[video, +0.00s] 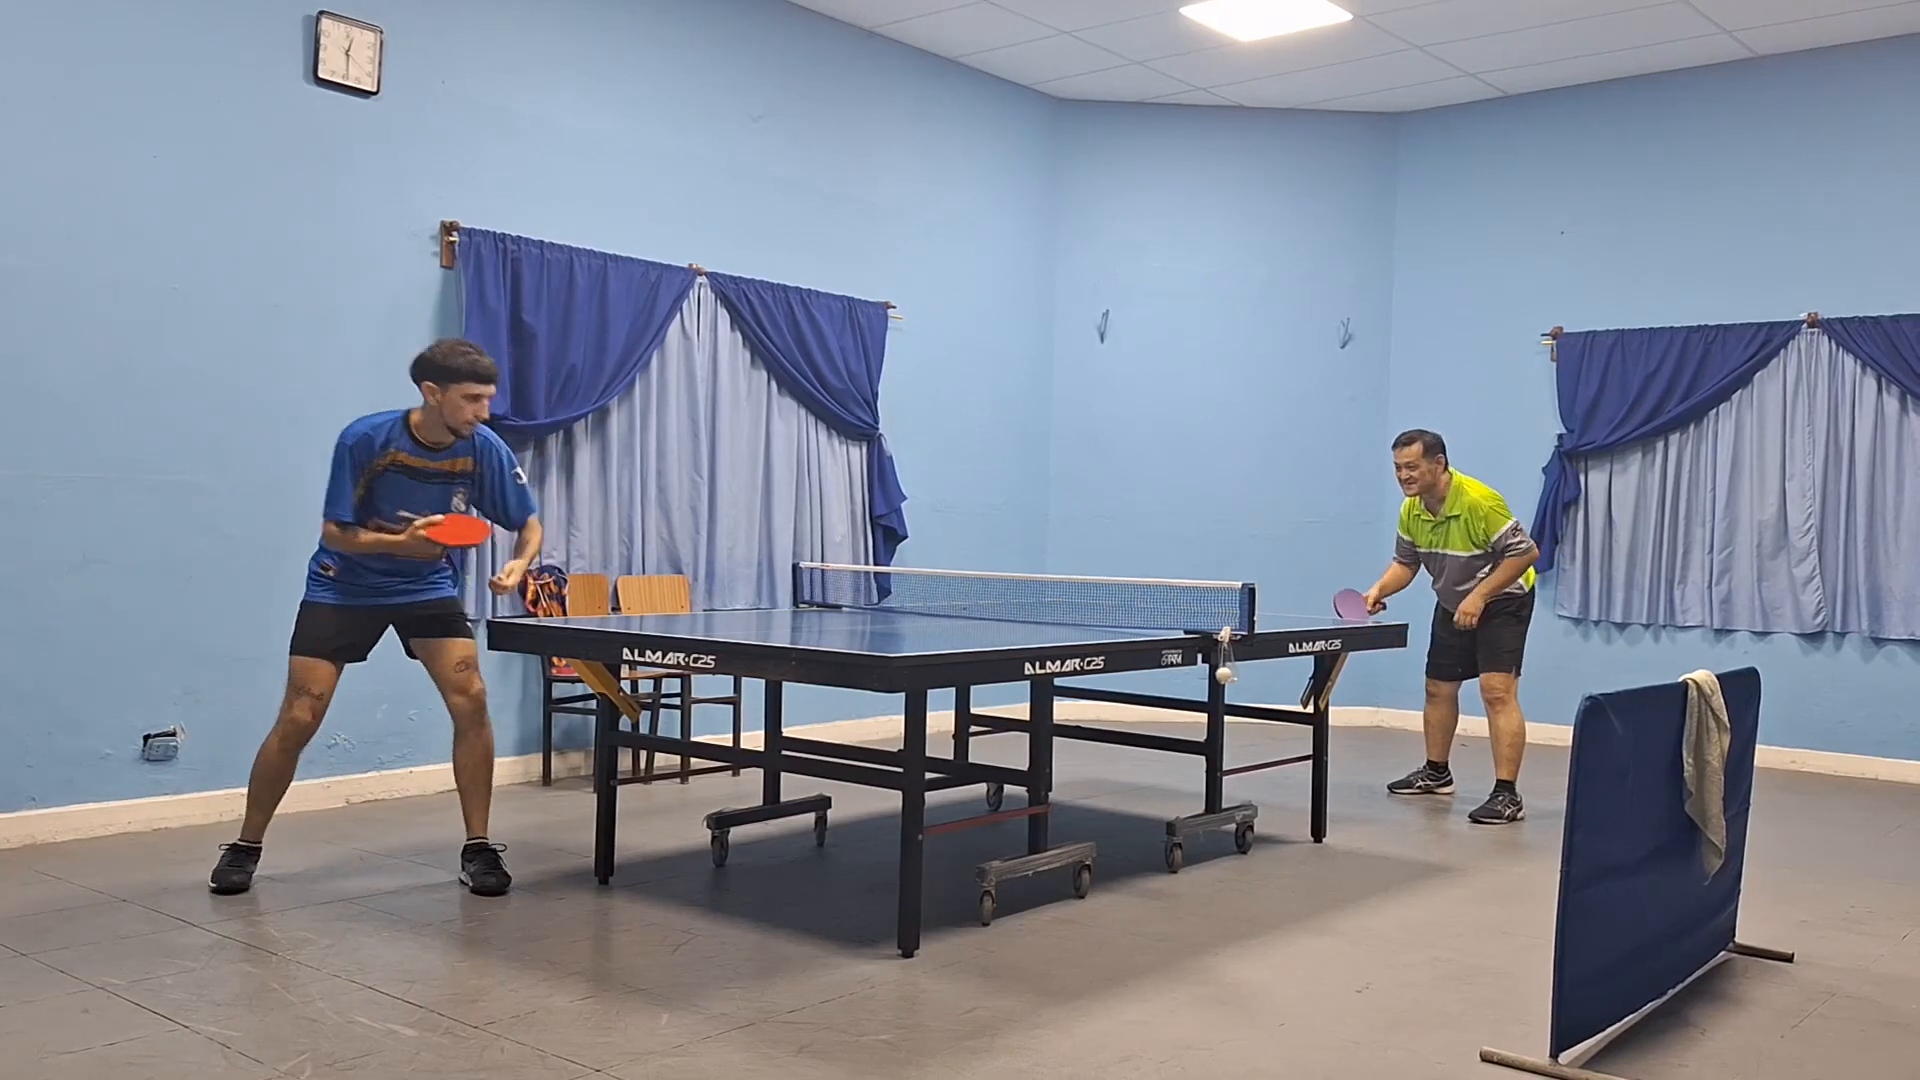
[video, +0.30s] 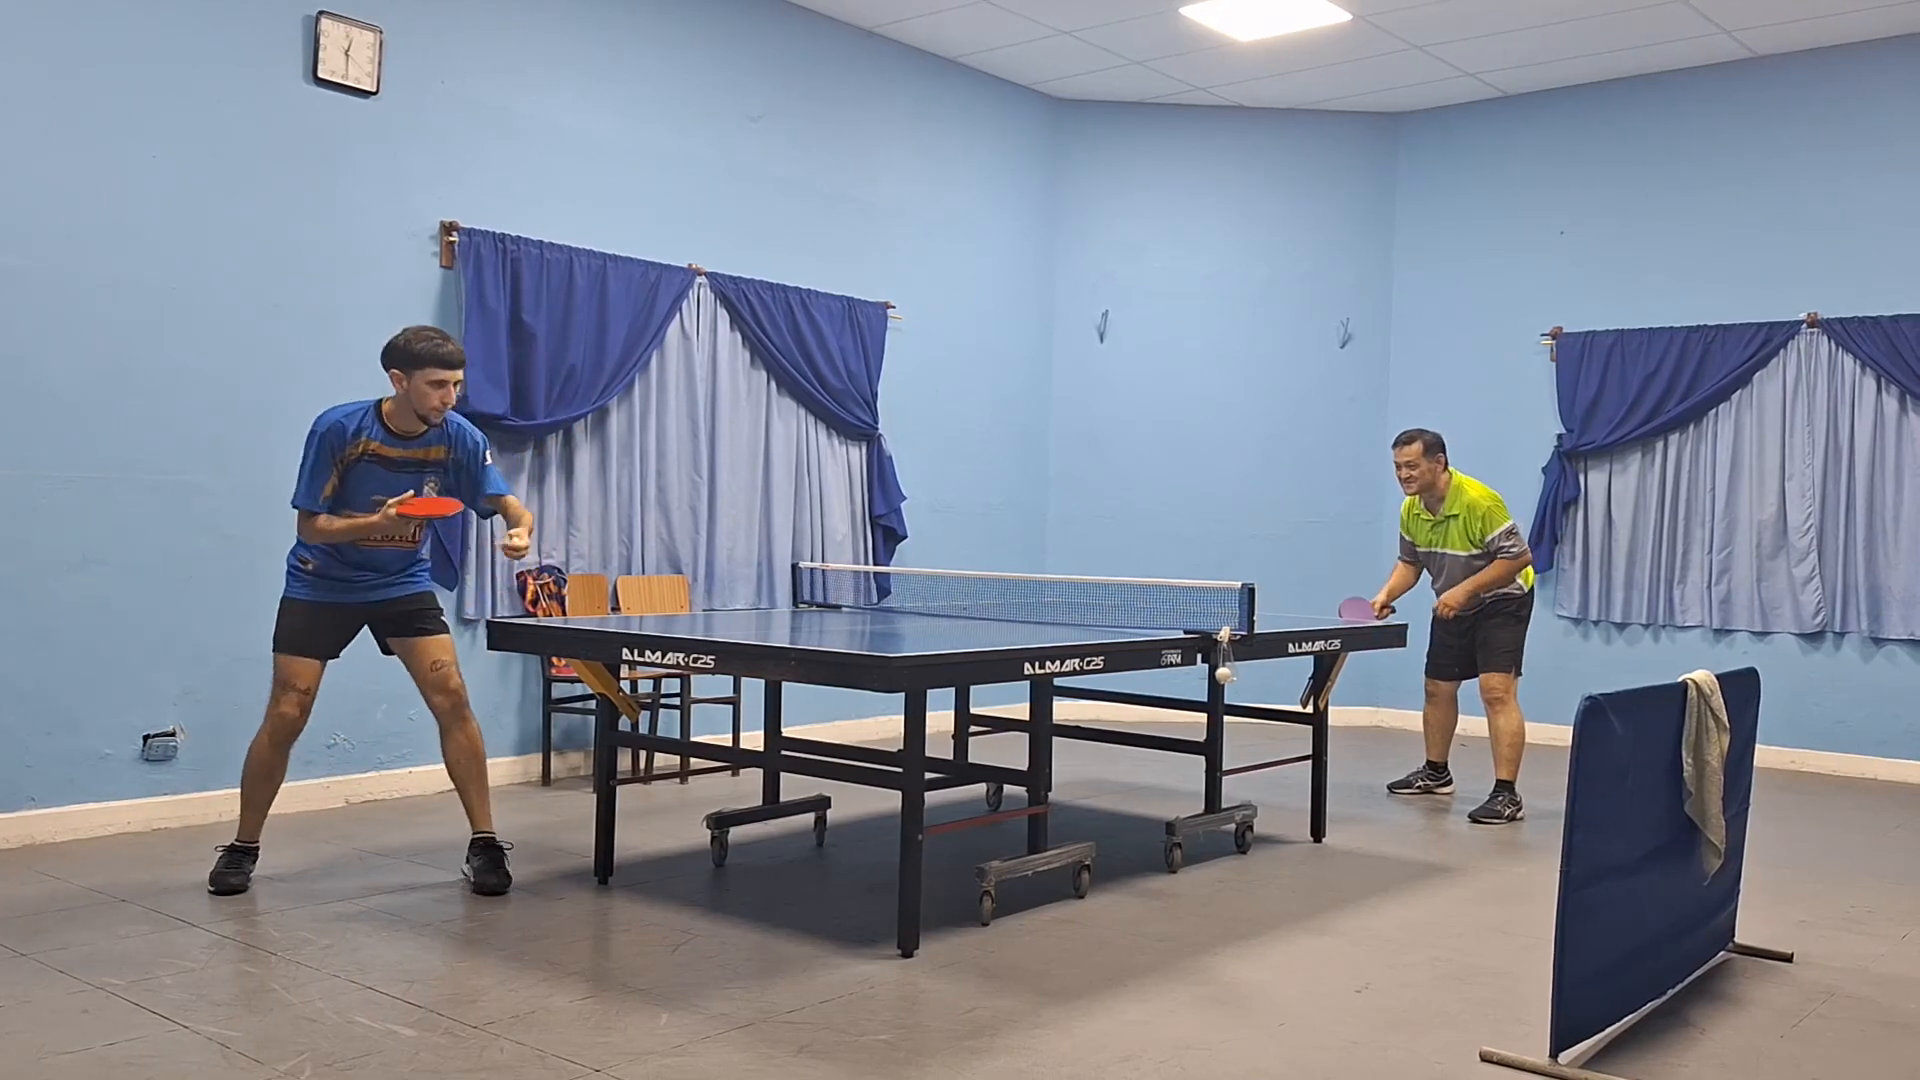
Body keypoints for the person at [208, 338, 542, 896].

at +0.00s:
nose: (483, 412)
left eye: (488, 400)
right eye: (472, 400)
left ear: (489, 397)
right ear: (432, 393)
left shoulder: (485, 451)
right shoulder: (363, 440)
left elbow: (531, 525)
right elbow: (334, 532)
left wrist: (521, 562)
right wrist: (395, 545)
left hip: (428, 586)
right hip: (343, 585)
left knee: (470, 695)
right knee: (300, 717)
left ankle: (478, 846)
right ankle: (246, 846)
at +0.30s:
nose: (451, 398)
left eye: (456, 386)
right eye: (439, 386)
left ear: (458, 384)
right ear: (399, 381)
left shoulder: (461, 440)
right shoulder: (338, 430)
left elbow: (506, 505)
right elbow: (309, 526)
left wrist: (521, 528)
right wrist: (375, 523)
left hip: (404, 584)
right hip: (320, 585)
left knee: (450, 694)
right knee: (287, 713)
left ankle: (485, 843)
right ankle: (243, 848)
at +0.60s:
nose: (500, 497)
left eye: (505, 485)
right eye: (489, 485)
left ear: (511, 480)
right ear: (449, 477)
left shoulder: (502, 514)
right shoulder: (390, 509)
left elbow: (531, 577)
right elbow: (371, 617)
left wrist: (546, 583)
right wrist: (441, 597)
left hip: (428, 619)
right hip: (349, 620)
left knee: (494, 705)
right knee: (287, 746)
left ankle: (492, 848)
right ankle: (245, 851)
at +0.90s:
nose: (522, 562)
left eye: (527, 552)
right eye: (512, 551)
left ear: (528, 545)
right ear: (472, 541)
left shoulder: (513, 561)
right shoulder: (410, 564)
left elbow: (556, 596)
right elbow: (405, 671)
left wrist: (587, 607)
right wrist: (478, 647)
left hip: (440, 660)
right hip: (364, 660)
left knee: (519, 715)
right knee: (285, 776)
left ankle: (493, 849)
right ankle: (254, 850)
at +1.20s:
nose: (522, 560)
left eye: (526, 550)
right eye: (511, 550)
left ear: (528, 545)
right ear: (470, 541)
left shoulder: (512, 563)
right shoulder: (405, 565)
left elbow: (557, 601)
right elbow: (390, 668)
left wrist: (588, 612)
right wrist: (467, 653)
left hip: (434, 665)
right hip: (359, 665)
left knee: (517, 715)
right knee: (287, 785)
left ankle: (492, 851)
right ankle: (253, 850)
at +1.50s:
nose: (507, 540)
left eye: (512, 528)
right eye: (496, 528)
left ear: (511, 526)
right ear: (455, 522)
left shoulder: (499, 556)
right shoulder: (391, 553)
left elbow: (542, 594)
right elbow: (368, 650)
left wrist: (574, 612)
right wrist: (445, 646)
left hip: (428, 660)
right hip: (351, 661)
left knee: (511, 716)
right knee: (282, 785)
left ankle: (490, 851)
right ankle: (251, 853)